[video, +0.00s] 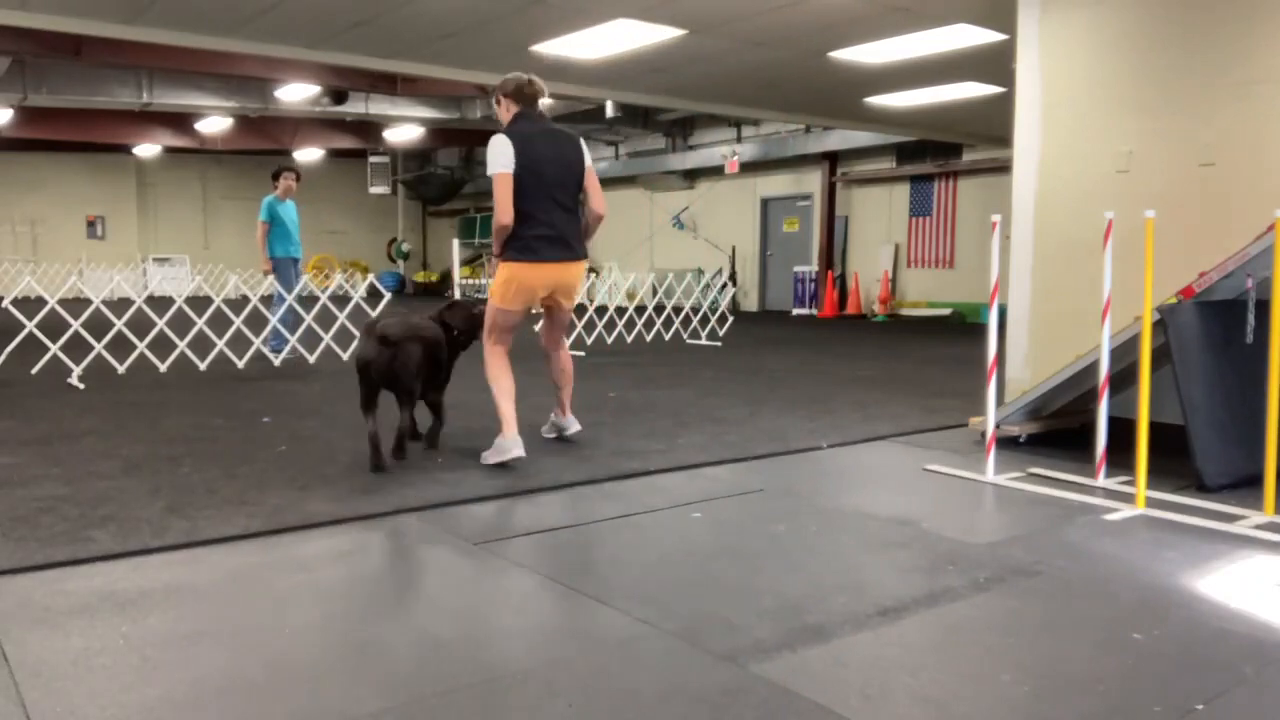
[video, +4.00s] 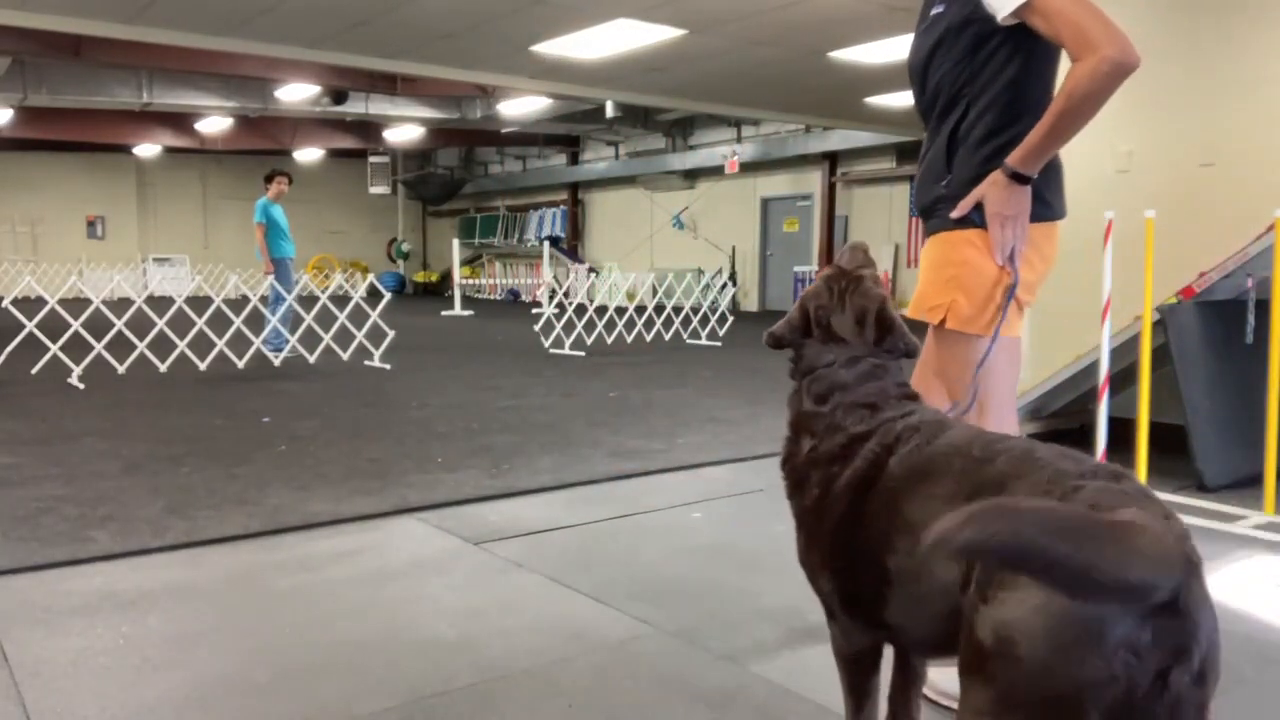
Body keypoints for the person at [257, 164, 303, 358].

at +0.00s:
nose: (290, 183)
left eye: (293, 180)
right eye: (286, 179)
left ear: (296, 184)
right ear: (277, 182)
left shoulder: (292, 205)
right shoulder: (269, 202)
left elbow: (293, 232)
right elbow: (262, 231)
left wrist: (298, 256)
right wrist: (265, 259)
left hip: (295, 255)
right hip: (279, 255)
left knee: (289, 299)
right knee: (284, 298)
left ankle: (282, 341)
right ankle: (276, 343)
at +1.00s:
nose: (278, 185)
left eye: (282, 182)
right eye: (274, 180)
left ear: (284, 187)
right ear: (265, 184)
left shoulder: (278, 206)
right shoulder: (259, 203)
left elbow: (279, 232)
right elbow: (253, 233)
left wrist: (286, 255)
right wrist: (259, 261)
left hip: (284, 256)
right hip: (273, 257)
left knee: (279, 299)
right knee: (284, 297)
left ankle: (274, 340)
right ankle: (277, 342)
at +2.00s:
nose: (277, 184)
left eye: (280, 181)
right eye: (273, 180)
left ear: (283, 187)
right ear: (264, 184)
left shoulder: (278, 207)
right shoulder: (257, 204)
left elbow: (281, 232)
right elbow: (254, 235)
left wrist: (288, 257)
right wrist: (259, 263)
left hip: (286, 256)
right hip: (273, 257)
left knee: (283, 300)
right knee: (280, 299)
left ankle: (278, 341)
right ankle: (275, 343)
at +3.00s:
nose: (284, 186)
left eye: (287, 183)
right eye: (280, 182)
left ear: (288, 187)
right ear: (270, 184)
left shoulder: (277, 206)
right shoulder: (263, 204)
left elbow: (280, 233)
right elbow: (261, 234)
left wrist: (287, 256)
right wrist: (267, 262)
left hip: (285, 257)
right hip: (277, 258)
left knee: (276, 299)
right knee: (286, 299)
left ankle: (272, 340)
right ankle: (277, 342)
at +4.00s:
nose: (283, 188)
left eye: (286, 184)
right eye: (279, 183)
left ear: (288, 188)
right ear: (270, 185)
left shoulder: (277, 207)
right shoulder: (262, 204)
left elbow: (280, 233)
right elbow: (260, 234)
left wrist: (288, 256)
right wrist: (267, 261)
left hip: (286, 256)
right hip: (278, 257)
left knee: (276, 299)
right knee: (286, 298)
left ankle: (272, 340)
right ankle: (276, 342)